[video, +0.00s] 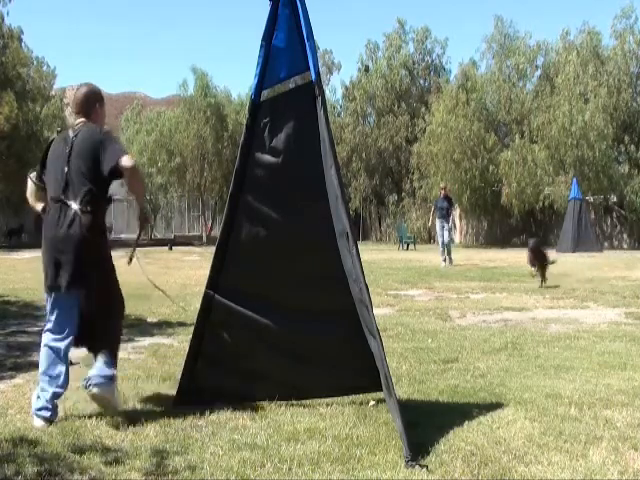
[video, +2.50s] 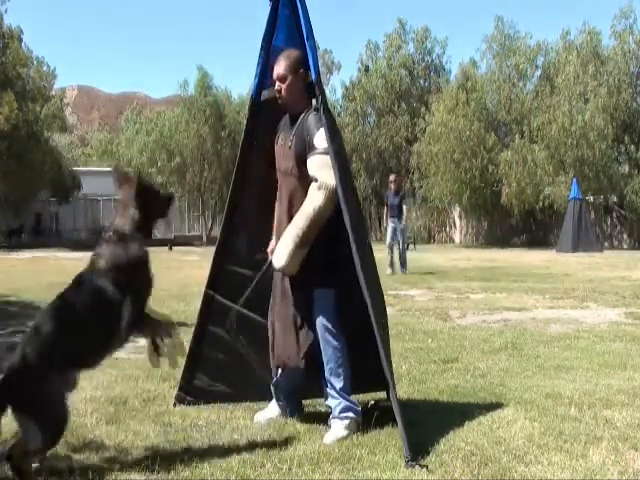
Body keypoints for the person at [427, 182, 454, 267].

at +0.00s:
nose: (443, 192)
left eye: (444, 190)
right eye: (442, 190)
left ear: (446, 191)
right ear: (440, 191)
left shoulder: (449, 200)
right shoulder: (437, 200)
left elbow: (452, 211)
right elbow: (432, 211)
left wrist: (451, 222)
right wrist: (430, 221)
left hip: (447, 220)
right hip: (439, 220)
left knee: (447, 240)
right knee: (441, 240)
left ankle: (449, 257)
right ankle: (443, 258)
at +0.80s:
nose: (431, 193)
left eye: (432, 191)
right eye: (429, 191)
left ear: (434, 191)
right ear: (428, 192)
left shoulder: (438, 200)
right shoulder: (426, 201)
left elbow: (441, 210)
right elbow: (422, 210)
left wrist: (438, 216)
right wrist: (420, 218)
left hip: (435, 221)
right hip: (427, 221)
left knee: (437, 242)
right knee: (428, 241)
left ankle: (440, 261)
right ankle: (428, 262)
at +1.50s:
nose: (420, 188)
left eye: (421, 185)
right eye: (418, 186)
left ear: (423, 186)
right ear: (416, 187)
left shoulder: (427, 197)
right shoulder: (413, 197)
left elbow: (430, 211)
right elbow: (410, 210)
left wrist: (432, 223)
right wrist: (410, 221)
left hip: (425, 221)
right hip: (416, 221)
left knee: (425, 244)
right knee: (415, 243)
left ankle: (426, 264)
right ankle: (417, 263)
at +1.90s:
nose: (407, 187)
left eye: (409, 185)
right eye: (405, 185)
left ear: (412, 185)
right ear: (404, 186)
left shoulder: (417, 196)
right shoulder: (402, 196)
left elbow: (420, 210)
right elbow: (399, 209)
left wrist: (418, 221)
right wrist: (396, 221)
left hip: (414, 221)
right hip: (405, 220)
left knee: (414, 244)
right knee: (407, 245)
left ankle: (419, 261)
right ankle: (410, 265)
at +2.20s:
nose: (401, 186)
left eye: (402, 184)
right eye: (399, 184)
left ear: (405, 185)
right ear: (397, 186)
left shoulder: (410, 196)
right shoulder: (394, 197)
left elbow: (416, 207)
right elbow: (391, 207)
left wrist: (420, 218)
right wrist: (391, 215)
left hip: (407, 220)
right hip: (397, 220)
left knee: (404, 244)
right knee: (403, 244)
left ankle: (404, 265)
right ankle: (409, 263)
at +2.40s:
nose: (395, 184)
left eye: (397, 182)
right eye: (394, 182)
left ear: (401, 182)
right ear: (392, 183)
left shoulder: (405, 194)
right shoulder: (390, 195)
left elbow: (410, 208)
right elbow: (388, 207)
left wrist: (412, 220)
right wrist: (387, 219)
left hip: (403, 220)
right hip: (394, 220)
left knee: (402, 244)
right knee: (392, 243)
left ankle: (403, 267)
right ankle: (399, 263)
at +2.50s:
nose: (393, 184)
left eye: (395, 181)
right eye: (391, 182)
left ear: (398, 182)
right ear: (389, 183)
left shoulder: (402, 194)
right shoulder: (388, 194)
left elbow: (405, 207)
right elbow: (386, 208)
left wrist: (404, 219)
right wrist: (385, 220)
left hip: (400, 221)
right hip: (391, 221)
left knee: (401, 245)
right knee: (389, 243)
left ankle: (403, 267)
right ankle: (390, 266)